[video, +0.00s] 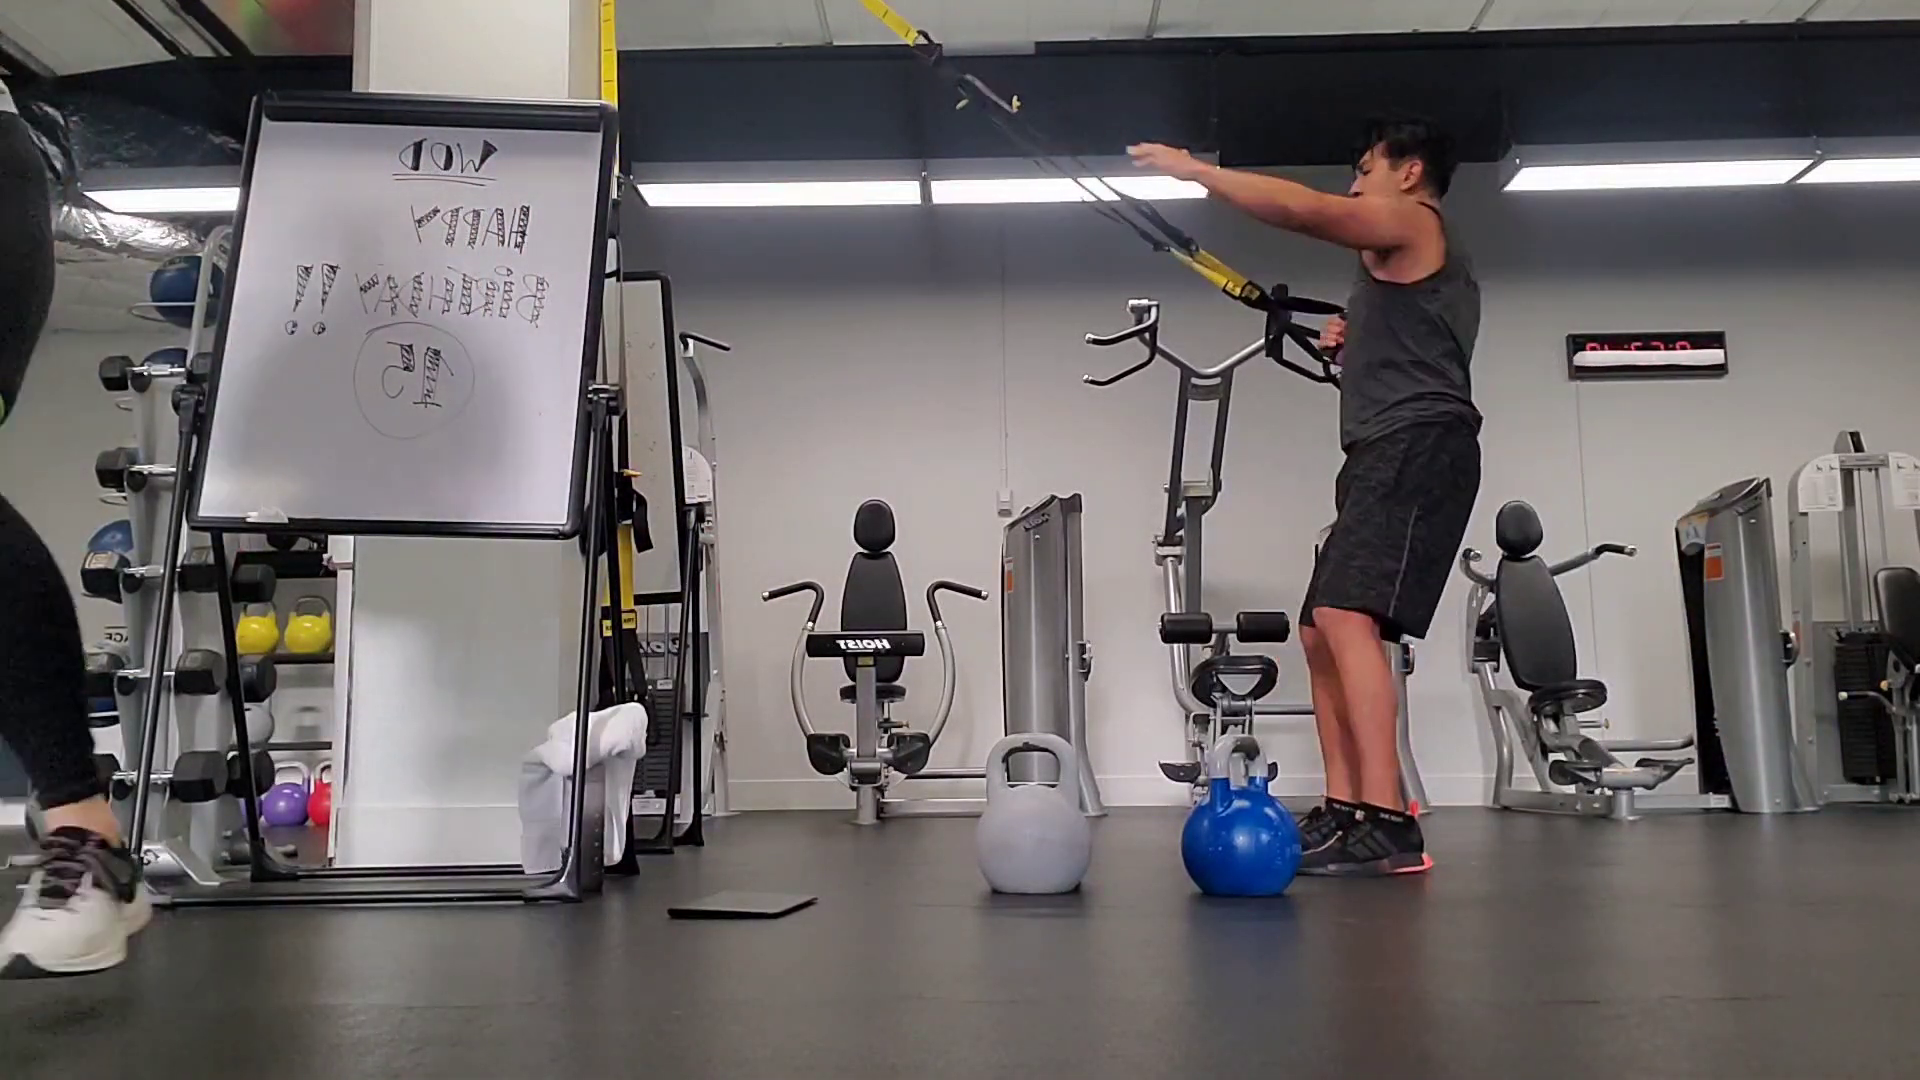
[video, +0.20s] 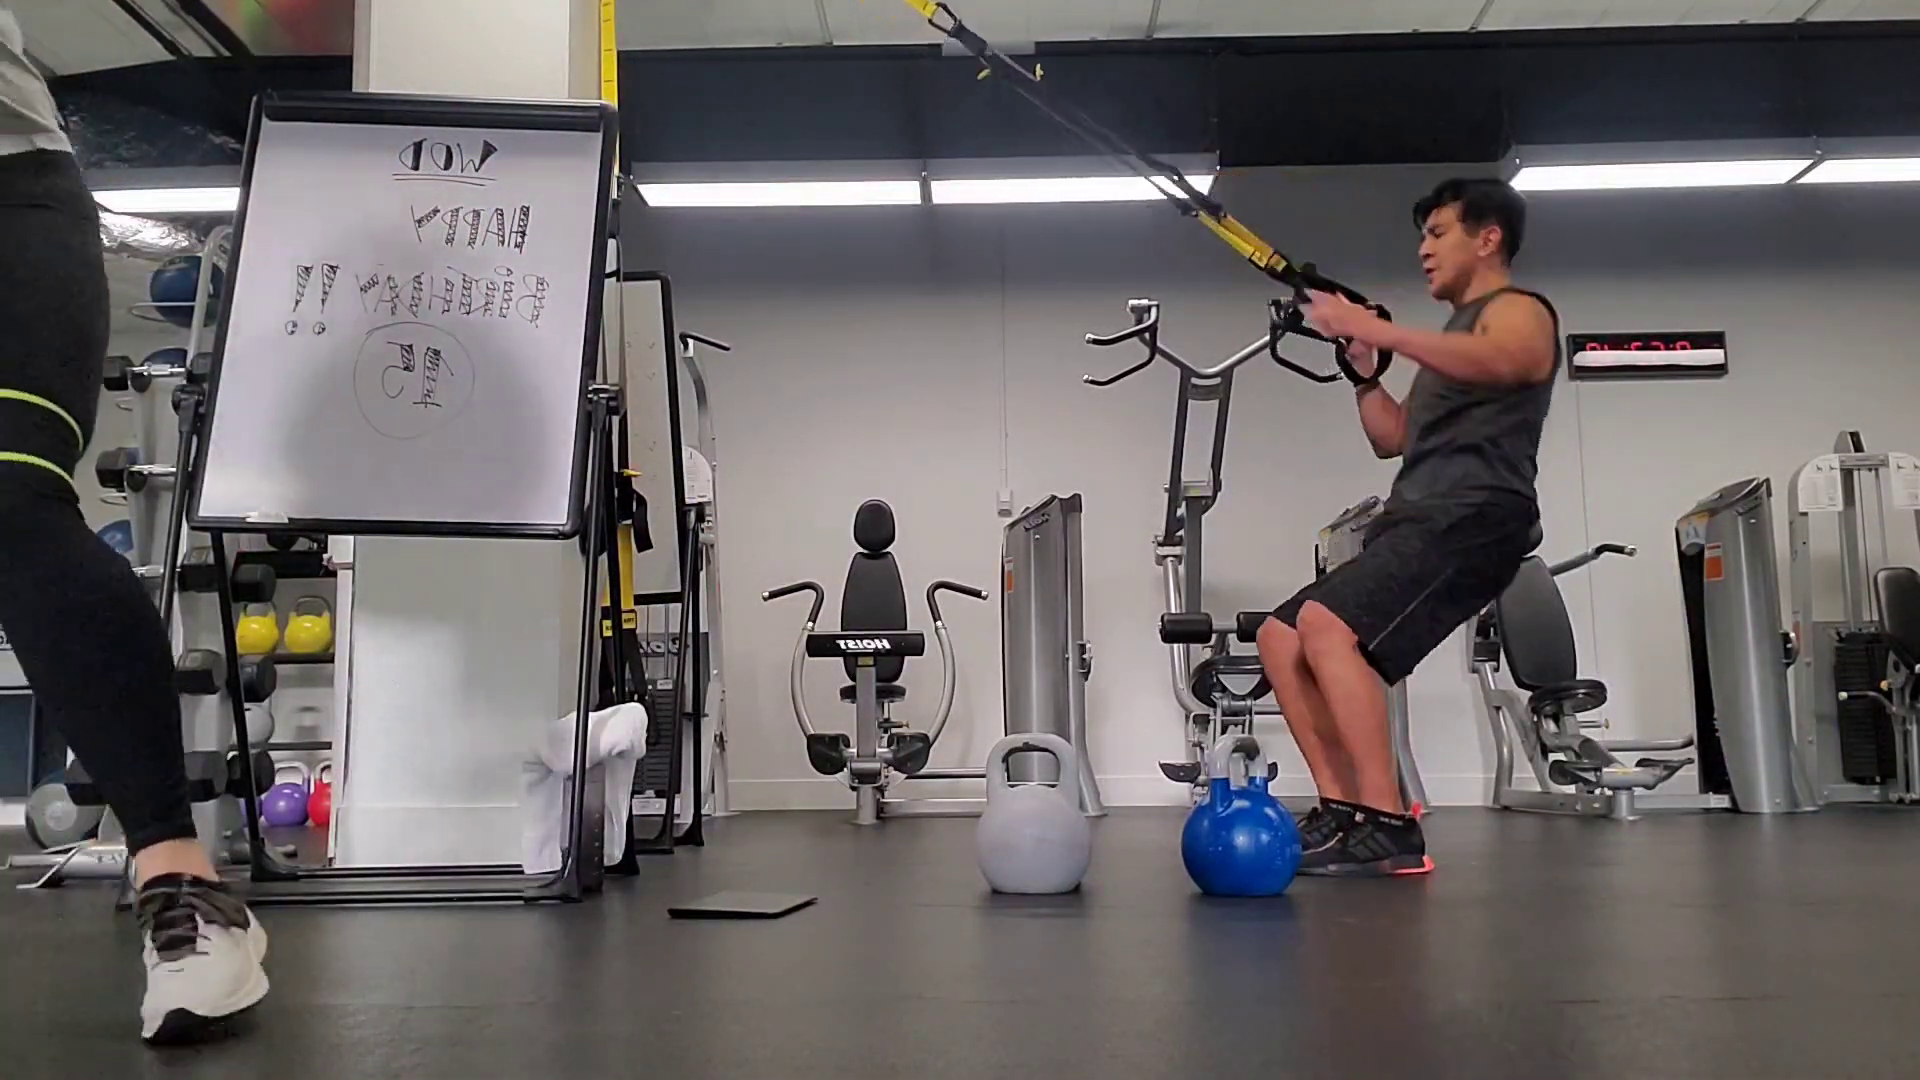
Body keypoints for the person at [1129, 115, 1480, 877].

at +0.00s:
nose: (1355, 182)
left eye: (1365, 168)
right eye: (1358, 170)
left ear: (1409, 170)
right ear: (1412, 176)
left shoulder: (1409, 220)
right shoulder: (1417, 255)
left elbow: (1297, 209)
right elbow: (1424, 349)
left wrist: (1194, 169)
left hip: (1418, 441)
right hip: (1388, 448)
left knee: (1349, 619)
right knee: (1319, 626)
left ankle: (1387, 821)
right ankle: (1347, 812)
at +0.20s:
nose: (1423, 250)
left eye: (1437, 233)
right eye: (1423, 237)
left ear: (1488, 238)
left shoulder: (1516, 307)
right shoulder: (1453, 341)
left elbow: (1513, 362)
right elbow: (1393, 439)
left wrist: (1379, 330)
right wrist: (1363, 369)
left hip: (1473, 515)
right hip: (1418, 520)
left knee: (1326, 624)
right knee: (1279, 636)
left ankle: (1388, 822)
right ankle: (1345, 811)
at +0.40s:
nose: (1512, 358)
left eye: (1528, 341)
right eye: (1511, 344)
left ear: (1582, 351)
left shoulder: (1623, 448)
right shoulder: (1503, 440)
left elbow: (1692, 554)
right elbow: (1405, 462)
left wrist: (1678, 592)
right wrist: (1365, 391)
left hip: (1526, 638)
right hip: (1462, 627)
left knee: (1347, 623)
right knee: (1286, 639)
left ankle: (1390, 823)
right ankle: (1339, 813)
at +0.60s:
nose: (1577, 453)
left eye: (1593, 440)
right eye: (1575, 441)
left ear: (1652, 452)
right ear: (1573, 451)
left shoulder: (1692, 563)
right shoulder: (1543, 513)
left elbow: (1770, 675)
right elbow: (1427, 481)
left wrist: (1852, 741)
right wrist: (1361, 409)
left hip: (1559, 741)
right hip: (1478, 714)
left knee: (1426, 623)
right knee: (1330, 637)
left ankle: (1398, 823)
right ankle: (1342, 812)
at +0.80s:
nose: (1594, 511)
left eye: (1612, 497)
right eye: (1592, 498)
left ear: (1671, 511)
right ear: (1591, 506)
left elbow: (1777, 747)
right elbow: (1436, 492)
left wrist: (1884, 814)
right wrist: (1357, 420)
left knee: (1473, 636)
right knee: (1367, 639)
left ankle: (1404, 824)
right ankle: (1345, 814)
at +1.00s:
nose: (1561, 454)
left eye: (1576, 439)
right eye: (1558, 443)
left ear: (1635, 444)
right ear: (1561, 453)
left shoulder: (1672, 555)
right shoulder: (1536, 514)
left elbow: (1726, 669)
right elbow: (1428, 484)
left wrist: (1787, 722)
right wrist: (1360, 414)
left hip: (1545, 719)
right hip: (1480, 707)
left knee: (1397, 620)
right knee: (1317, 640)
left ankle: (1396, 822)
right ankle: (1340, 809)